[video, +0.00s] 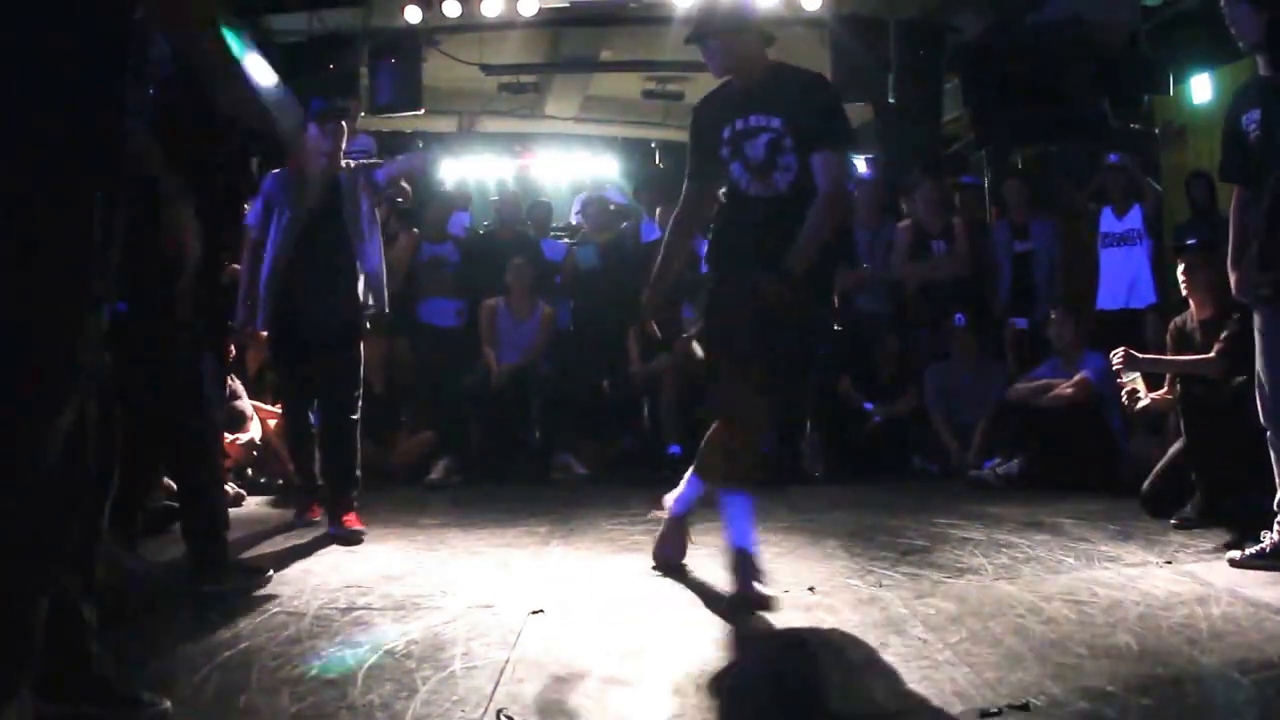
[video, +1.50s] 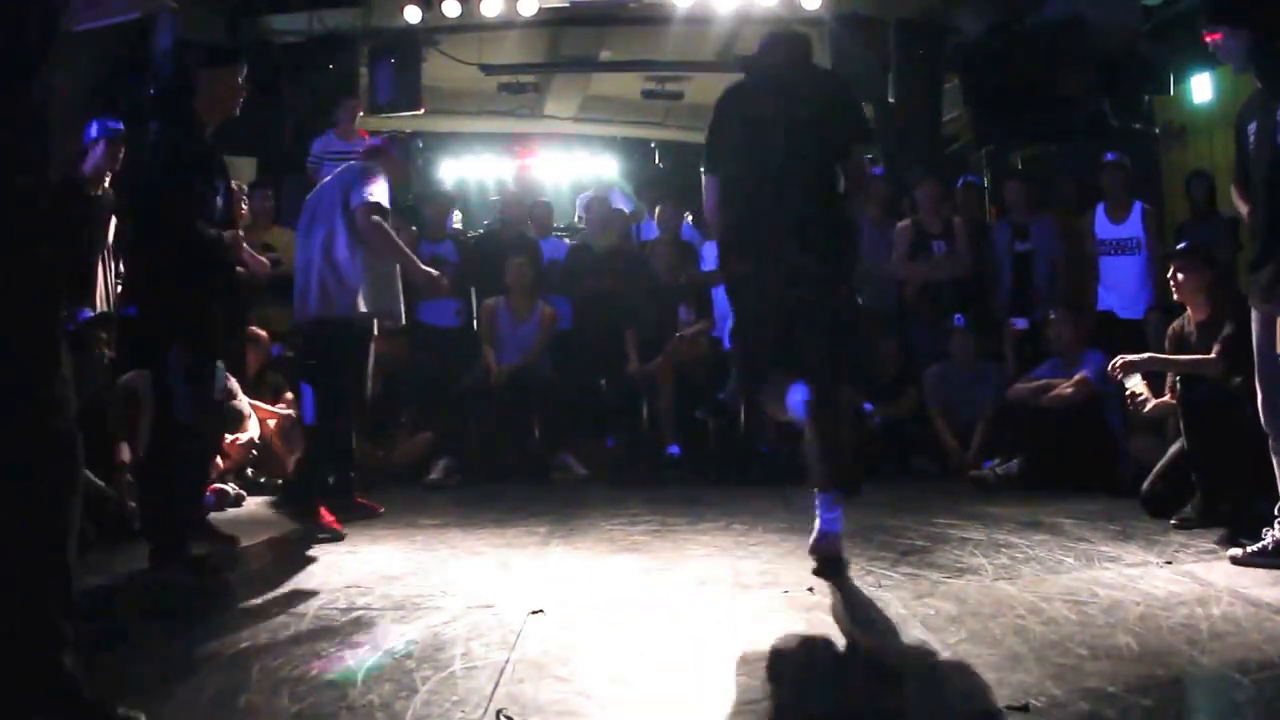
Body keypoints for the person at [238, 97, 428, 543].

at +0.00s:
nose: (331, 145)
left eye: (338, 138)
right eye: (324, 136)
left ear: (346, 142)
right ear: (306, 137)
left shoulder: (360, 185)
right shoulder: (278, 186)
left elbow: (408, 164)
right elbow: (254, 252)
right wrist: (249, 316)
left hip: (343, 317)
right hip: (291, 317)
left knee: (344, 411)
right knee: (296, 409)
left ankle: (345, 505)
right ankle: (308, 496)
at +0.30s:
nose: (346, 121)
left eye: (352, 116)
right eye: (338, 113)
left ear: (359, 127)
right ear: (316, 122)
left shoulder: (370, 167)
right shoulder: (292, 168)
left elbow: (415, 132)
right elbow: (270, 238)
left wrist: (450, 94)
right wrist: (258, 292)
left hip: (346, 308)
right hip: (292, 305)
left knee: (344, 414)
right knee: (280, 400)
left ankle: (342, 508)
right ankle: (296, 480)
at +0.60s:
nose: (339, 125)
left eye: (344, 116)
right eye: (330, 115)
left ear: (349, 121)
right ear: (307, 117)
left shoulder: (360, 164)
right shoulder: (275, 172)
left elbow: (413, 171)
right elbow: (251, 240)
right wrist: (253, 305)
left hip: (347, 308)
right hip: (293, 308)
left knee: (344, 415)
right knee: (292, 415)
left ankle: (341, 510)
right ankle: (290, 512)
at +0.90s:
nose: (353, 122)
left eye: (352, 113)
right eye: (344, 113)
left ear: (343, 120)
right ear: (316, 117)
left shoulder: (351, 175)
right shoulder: (275, 178)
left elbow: (353, 246)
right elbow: (259, 253)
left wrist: (361, 305)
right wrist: (265, 317)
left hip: (342, 314)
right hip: (291, 317)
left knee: (360, 403)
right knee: (288, 419)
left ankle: (338, 497)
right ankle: (289, 511)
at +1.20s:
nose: (373, 150)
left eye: (376, 142)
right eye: (369, 140)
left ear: (355, 135)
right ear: (348, 130)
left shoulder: (336, 176)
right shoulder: (321, 176)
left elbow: (334, 253)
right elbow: (322, 256)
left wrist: (343, 311)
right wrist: (340, 315)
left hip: (327, 316)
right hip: (306, 317)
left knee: (340, 409)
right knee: (303, 415)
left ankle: (341, 496)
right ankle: (290, 517)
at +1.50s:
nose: (404, 175)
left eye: (405, 168)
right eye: (403, 166)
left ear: (375, 151)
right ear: (390, 155)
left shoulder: (325, 187)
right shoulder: (371, 172)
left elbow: (310, 245)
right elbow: (369, 220)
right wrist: (420, 269)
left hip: (317, 308)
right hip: (345, 309)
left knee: (337, 407)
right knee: (338, 407)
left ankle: (343, 489)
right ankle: (307, 496)